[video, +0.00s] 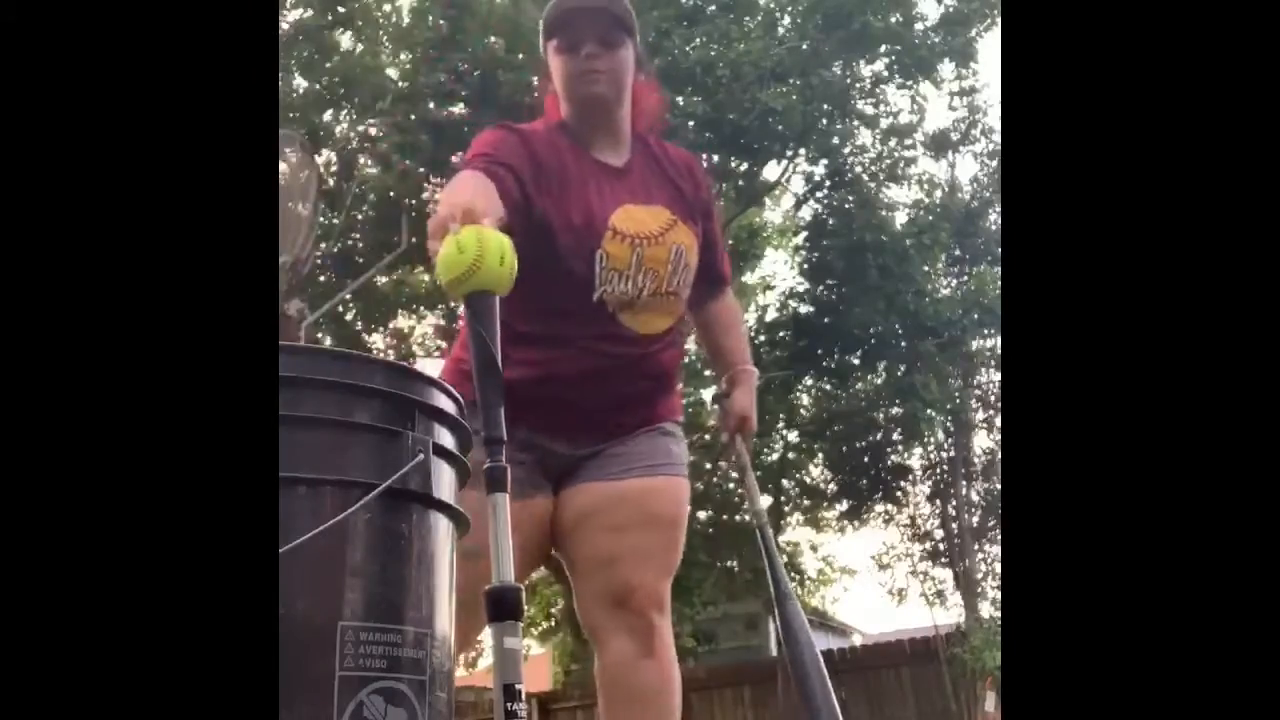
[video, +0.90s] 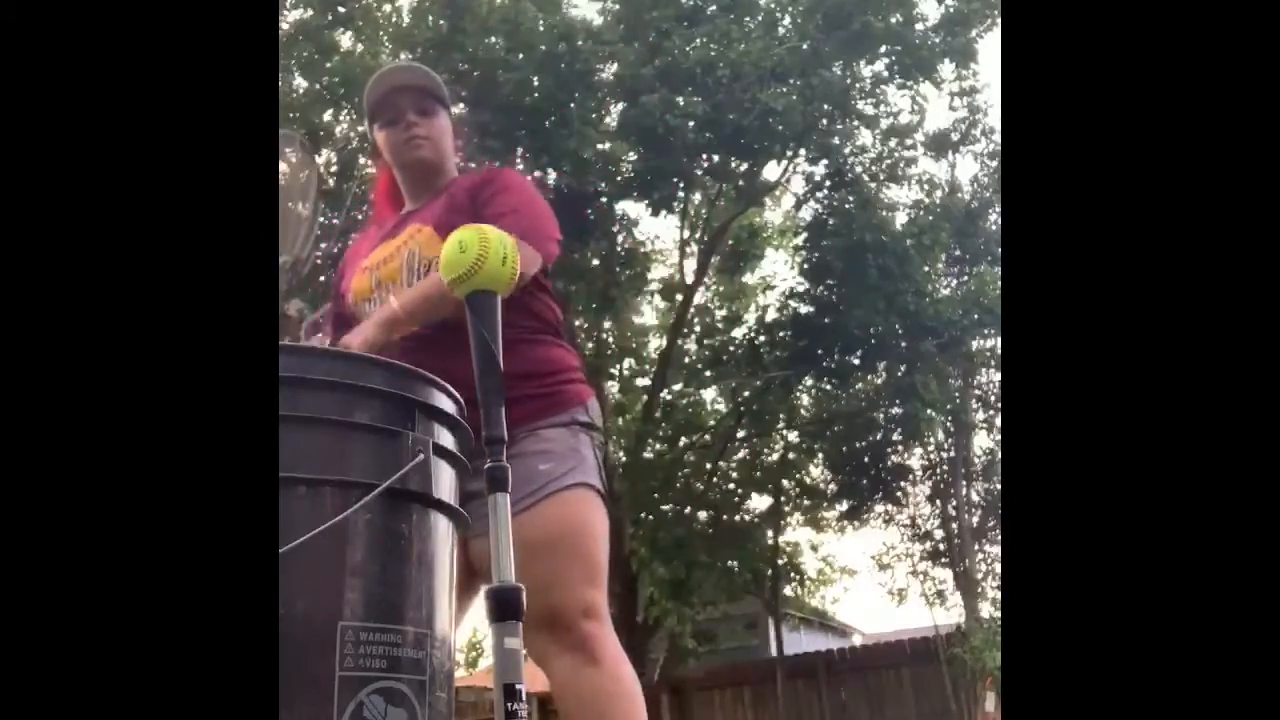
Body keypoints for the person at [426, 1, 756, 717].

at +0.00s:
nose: (589, 61)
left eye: (607, 46)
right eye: (571, 48)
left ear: (636, 60)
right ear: (548, 66)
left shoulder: (685, 177)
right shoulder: (518, 148)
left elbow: (712, 290)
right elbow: (478, 186)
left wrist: (742, 375)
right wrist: (464, 217)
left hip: (633, 428)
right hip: (499, 422)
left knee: (638, 621)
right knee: (447, 626)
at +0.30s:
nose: (521, 83)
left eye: (537, 70)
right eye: (502, 72)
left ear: (564, 87)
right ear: (478, 92)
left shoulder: (615, 188)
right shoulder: (435, 179)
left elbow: (672, 290)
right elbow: (400, 253)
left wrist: (707, 353)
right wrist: (449, 262)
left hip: (589, 433)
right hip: (462, 435)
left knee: (614, 623)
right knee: (425, 641)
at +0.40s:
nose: (486, 90)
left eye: (502, 77)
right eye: (467, 80)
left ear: (528, 92)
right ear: (445, 98)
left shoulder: (587, 192)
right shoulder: (400, 199)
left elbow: (662, 280)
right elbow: (364, 291)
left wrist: (672, 356)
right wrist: (414, 324)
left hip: (573, 440)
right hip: (450, 446)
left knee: (601, 621)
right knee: (426, 645)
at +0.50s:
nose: (455, 97)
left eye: (471, 84)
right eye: (437, 88)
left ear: (497, 101)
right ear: (416, 111)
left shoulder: (555, 194)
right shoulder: (370, 215)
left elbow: (639, 272)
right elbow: (347, 325)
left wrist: (615, 356)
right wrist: (380, 412)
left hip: (556, 442)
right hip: (433, 451)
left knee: (591, 623)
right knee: (410, 642)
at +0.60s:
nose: (431, 107)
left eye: (446, 93)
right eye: (412, 99)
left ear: (474, 111)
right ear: (393, 126)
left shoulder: (528, 198)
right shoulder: (353, 229)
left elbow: (591, 281)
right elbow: (324, 348)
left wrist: (522, 377)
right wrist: (337, 432)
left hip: (549, 426)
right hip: (427, 444)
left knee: (588, 618)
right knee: (401, 633)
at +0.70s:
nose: (417, 113)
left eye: (432, 99)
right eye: (398, 107)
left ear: (462, 118)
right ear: (382, 135)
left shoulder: (514, 195)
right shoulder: (350, 233)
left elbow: (542, 287)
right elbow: (317, 356)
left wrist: (431, 373)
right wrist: (318, 433)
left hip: (537, 428)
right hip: (419, 447)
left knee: (576, 629)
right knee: (390, 637)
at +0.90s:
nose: (410, 123)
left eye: (424, 110)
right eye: (392, 118)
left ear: (453, 124)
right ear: (377, 145)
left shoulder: (494, 186)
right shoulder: (361, 247)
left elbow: (513, 261)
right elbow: (344, 341)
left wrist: (387, 320)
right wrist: (322, 350)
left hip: (534, 424)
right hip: (424, 441)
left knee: (574, 630)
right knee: (401, 637)